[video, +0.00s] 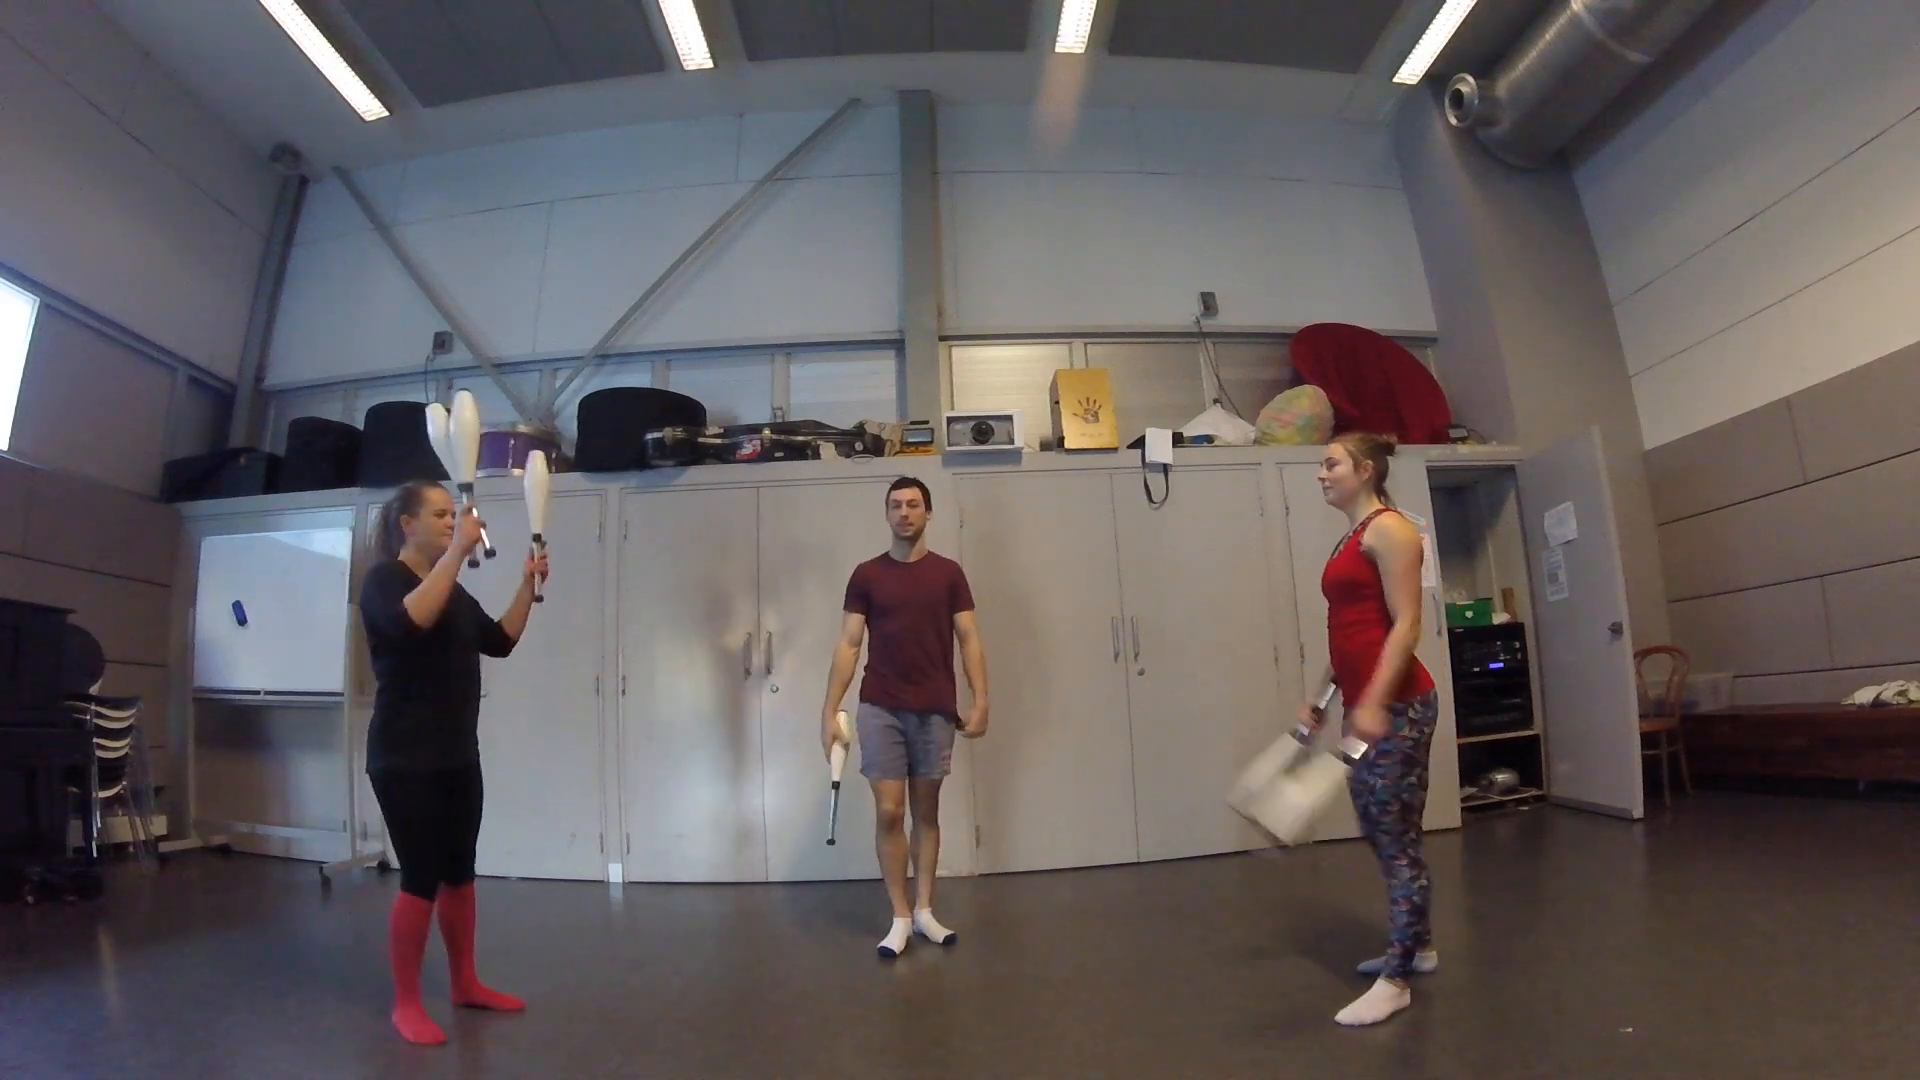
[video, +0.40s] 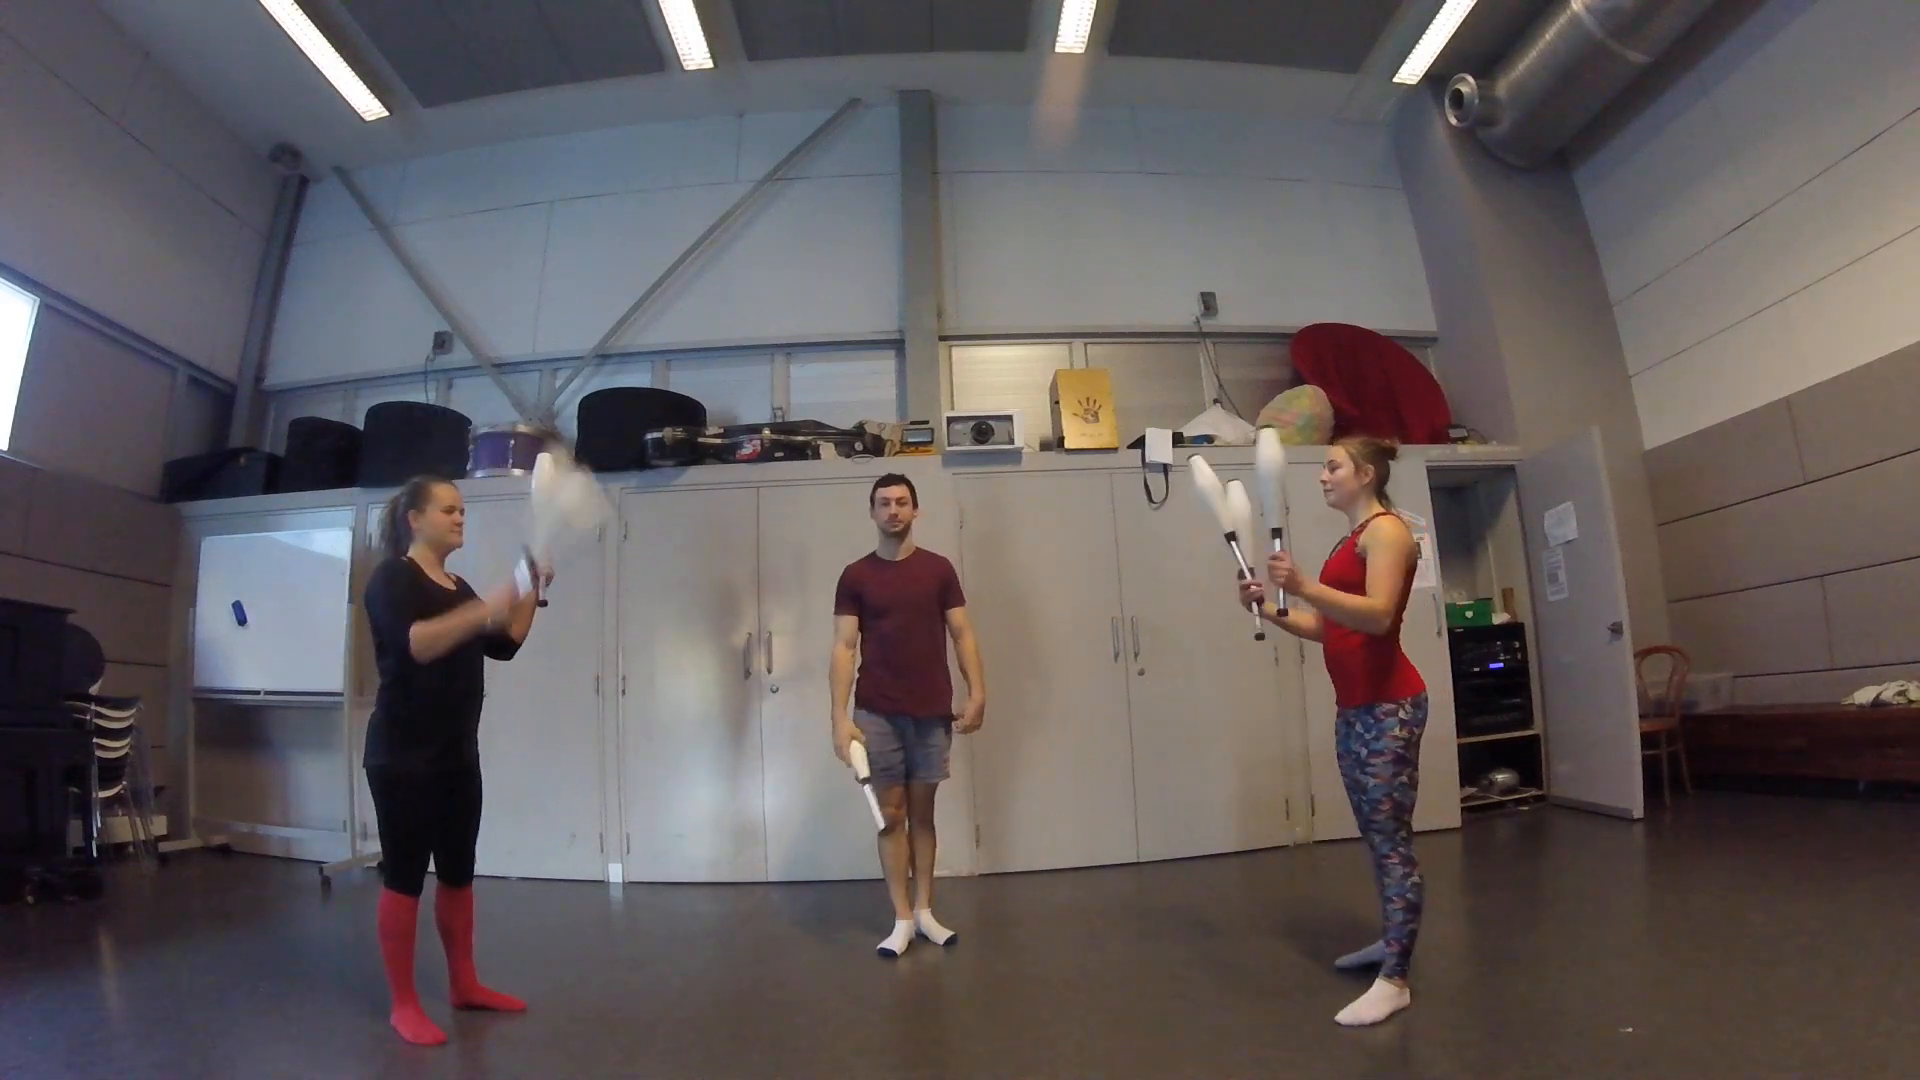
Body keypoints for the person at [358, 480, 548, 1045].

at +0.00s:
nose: (454, 525)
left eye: (455, 516)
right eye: (442, 515)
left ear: (452, 529)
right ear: (406, 524)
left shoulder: (452, 591)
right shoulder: (382, 581)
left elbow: (499, 642)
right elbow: (411, 619)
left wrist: (529, 587)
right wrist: (457, 552)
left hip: (458, 751)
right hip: (403, 755)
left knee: (460, 874)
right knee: (421, 878)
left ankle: (465, 986)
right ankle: (407, 1004)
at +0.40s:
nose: (460, 519)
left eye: (461, 511)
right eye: (449, 510)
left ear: (454, 523)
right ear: (413, 519)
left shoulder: (460, 588)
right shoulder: (389, 582)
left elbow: (503, 646)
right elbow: (418, 643)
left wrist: (531, 596)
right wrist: (490, 610)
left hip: (457, 750)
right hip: (402, 753)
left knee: (458, 871)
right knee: (403, 875)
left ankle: (465, 986)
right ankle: (404, 1004)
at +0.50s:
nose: (465, 519)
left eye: (465, 510)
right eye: (454, 510)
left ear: (458, 522)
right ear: (417, 519)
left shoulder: (462, 586)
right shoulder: (395, 582)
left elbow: (505, 645)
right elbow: (400, 660)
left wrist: (536, 590)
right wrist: (481, 671)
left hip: (457, 748)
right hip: (402, 751)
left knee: (457, 871)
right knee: (403, 875)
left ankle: (465, 986)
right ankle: (404, 1005)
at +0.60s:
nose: (469, 518)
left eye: (470, 510)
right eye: (458, 510)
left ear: (463, 523)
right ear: (422, 520)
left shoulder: (467, 587)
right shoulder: (401, 584)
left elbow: (508, 644)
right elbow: (391, 669)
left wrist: (538, 587)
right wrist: (455, 723)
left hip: (461, 749)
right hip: (405, 751)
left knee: (457, 872)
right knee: (404, 876)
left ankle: (465, 986)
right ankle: (404, 1006)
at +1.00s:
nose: (476, 519)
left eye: (476, 510)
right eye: (465, 510)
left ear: (467, 521)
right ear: (429, 520)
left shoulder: (468, 585)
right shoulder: (415, 583)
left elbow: (492, 656)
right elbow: (434, 661)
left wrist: (549, 625)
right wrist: (513, 691)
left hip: (462, 750)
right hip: (412, 753)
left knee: (459, 869)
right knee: (408, 873)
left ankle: (466, 987)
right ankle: (404, 1006)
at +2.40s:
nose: (459, 515)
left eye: (459, 507)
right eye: (446, 507)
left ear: (457, 518)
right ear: (412, 519)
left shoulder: (470, 588)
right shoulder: (394, 579)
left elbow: (504, 657)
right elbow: (379, 665)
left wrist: (540, 622)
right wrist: (435, 712)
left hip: (465, 750)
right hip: (410, 750)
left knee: (465, 871)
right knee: (410, 875)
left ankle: (466, 988)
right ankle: (408, 1011)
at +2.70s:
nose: (459, 515)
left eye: (460, 507)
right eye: (447, 507)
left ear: (456, 518)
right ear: (413, 518)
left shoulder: (464, 588)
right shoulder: (394, 583)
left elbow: (482, 661)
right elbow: (404, 666)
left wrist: (536, 674)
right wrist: (487, 694)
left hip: (463, 754)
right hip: (409, 757)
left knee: (460, 874)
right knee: (410, 878)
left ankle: (465, 988)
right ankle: (408, 1012)